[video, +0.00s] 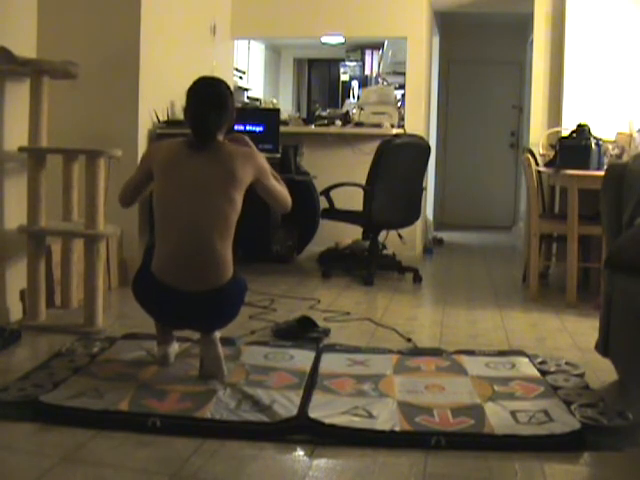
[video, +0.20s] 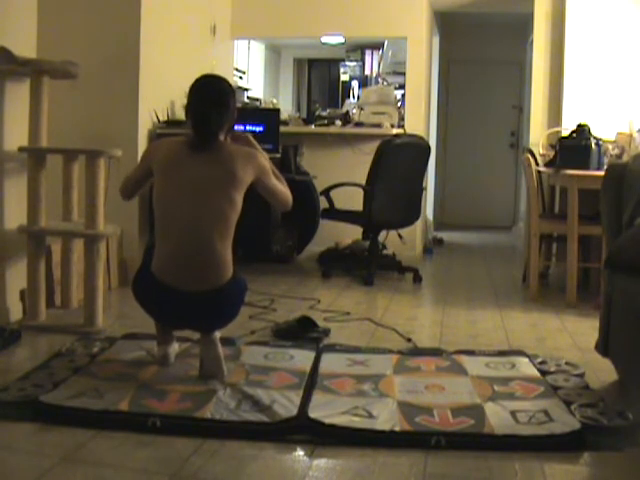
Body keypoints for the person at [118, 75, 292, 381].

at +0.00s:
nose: (233, 115)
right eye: (231, 109)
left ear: (187, 113)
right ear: (229, 118)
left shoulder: (160, 153)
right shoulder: (246, 159)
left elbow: (126, 198)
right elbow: (284, 203)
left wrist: (156, 170)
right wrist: (254, 153)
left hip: (162, 303)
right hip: (216, 307)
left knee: (152, 249)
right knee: (233, 280)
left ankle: (165, 344)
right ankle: (211, 339)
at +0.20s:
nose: (236, 113)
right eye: (234, 107)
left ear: (188, 110)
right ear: (232, 115)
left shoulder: (161, 151)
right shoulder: (247, 159)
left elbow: (127, 191)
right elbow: (285, 201)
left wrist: (156, 164)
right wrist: (255, 149)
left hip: (162, 303)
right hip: (216, 307)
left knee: (153, 251)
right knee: (232, 279)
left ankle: (164, 345)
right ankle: (211, 340)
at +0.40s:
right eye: (234, 109)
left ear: (189, 110)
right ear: (233, 116)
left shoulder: (161, 150)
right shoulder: (247, 159)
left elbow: (127, 187)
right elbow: (285, 201)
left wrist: (154, 158)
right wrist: (257, 149)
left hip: (162, 304)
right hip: (215, 307)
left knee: (155, 245)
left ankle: (164, 345)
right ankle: (210, 339)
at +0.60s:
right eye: (236, 111)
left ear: (190, 111)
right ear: (234, 116)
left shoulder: (163, 149)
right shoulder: (248, 160)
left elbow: (128, 181)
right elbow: (284, 201)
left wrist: (157, 153)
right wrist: (255, 146)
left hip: (163, 304)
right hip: (216, 307)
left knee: (154, 244)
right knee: (230, 277)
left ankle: (165, 344)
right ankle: (211, 340)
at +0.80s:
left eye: (193, 104)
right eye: (236, 112)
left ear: (192, 110)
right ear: (234, 117)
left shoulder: (166, 149)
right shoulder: (249, 159)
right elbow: (282, 201)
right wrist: (253, 143)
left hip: (164, 304)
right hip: (216, 307)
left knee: (155, 244)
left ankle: (165, 345)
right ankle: (211, 339)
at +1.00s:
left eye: (194, 104)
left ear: (193, 111)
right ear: (236, 117)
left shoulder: (166, 149)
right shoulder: (249, 160)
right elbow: (280, 203)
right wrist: (249, 143)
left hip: (165, 305)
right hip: (217, 308)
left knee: (155, 243)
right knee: (233, 279)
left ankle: (165, 345)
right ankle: (211, 339)